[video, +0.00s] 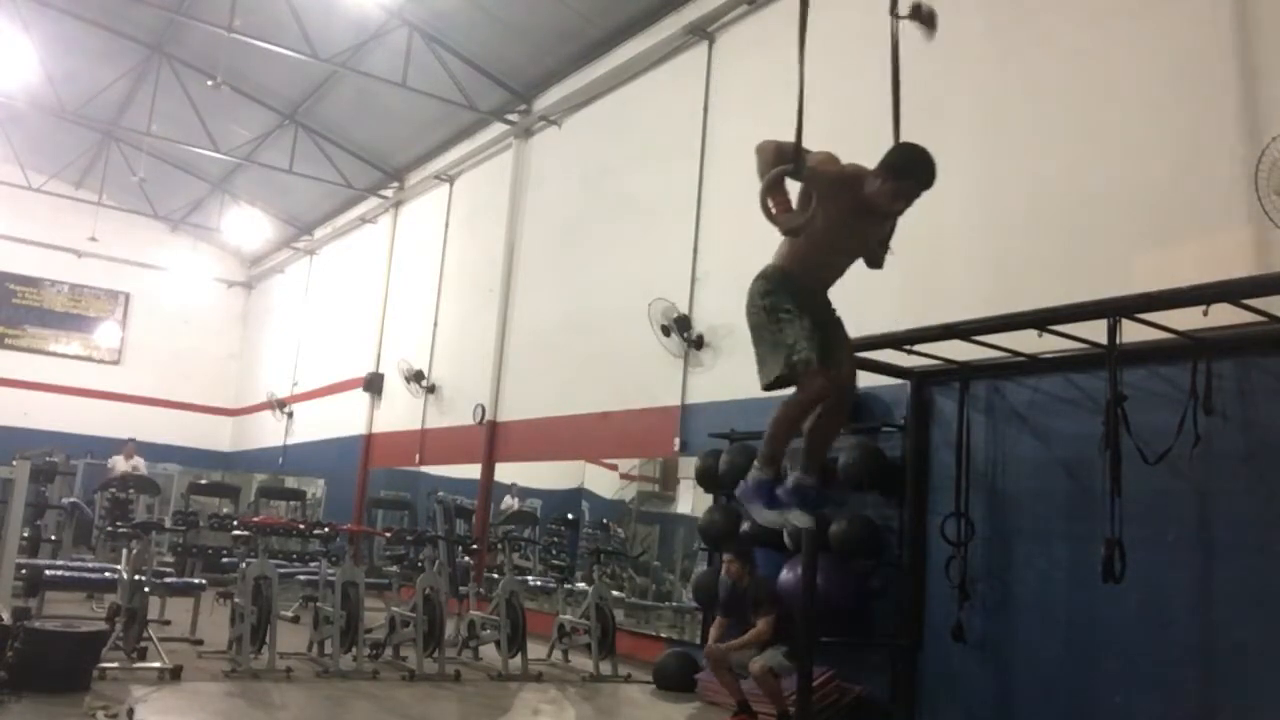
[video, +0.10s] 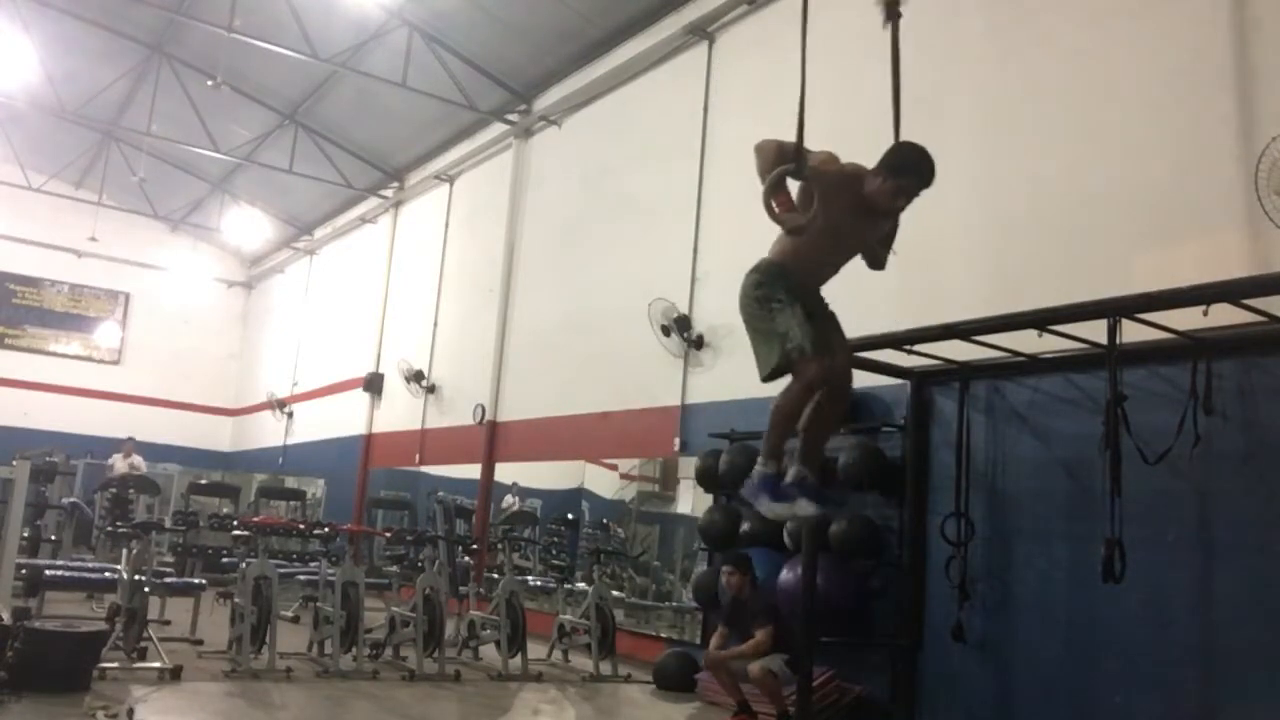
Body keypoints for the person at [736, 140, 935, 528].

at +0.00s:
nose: (901, 207)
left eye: (909, 201)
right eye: (898, 196)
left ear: (914, 196)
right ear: (880, 177)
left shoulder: (887, 217)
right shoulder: (835, 176)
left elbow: (872, 258)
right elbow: (769, 149)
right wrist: (776, 193)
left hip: (815, 300)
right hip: (778, 290)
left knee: (843, 390)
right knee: (816, 385)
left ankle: (801, 486)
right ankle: (757, 482)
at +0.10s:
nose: (903, 205)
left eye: (910, 199)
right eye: (902, 194)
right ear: (882, 177)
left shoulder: (886, 217)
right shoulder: (835, 174)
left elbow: (876, 262)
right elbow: (768, 148)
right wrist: (779, 199)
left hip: (808, 295)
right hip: (770, 285)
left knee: (839, 384)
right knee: (810, 372)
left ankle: (799, 482)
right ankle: (762, 478)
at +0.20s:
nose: (896, 202)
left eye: (903, 195)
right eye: (893, 191)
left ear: (906, 192)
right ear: (872, 176)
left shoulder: (881, 219)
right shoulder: (829, 176)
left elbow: (876, 265)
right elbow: (758, 156)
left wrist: (880, 250)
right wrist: (772, 208)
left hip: (799, 291)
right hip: (762, 282)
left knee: (840, 360)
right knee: (810, 355)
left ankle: (825, 468)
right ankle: (792, 470)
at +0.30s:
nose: (876, 198)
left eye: (883, 193)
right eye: (874, 187)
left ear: (886, 191)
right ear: (857, 171)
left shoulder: (864, 218)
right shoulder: (807, 181)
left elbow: (894, 263)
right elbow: (739, 172)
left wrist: (890, 244)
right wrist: (762, 213)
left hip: (790, 299)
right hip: (754, 291)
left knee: (849, 340)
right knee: (815, 335)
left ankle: (857, 438)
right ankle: (825, 449)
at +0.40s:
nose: (850, 209)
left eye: (858, 203)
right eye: (848, 197)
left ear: (863, 204)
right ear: (830, 182)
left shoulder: (842, 236)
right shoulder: (782, 208)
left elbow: (848, 273)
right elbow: (719, 227)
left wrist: (886, 261)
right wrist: (741, 222)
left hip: (789, 323)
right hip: (747, 318)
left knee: (856, 330)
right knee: (820, 330)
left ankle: (881, 419)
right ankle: (851, 434)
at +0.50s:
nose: (816, 243)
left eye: (825, 239)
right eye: (812, 232)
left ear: (829, 242)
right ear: (796, 224)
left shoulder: (817, 281)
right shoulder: (756, 257)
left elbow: (841, 325)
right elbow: (697, 287)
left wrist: (865, 277)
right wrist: (731, 245)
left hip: (794, 372)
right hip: (749, 366)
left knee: (860, 343)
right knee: (819, 342)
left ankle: (898, 412)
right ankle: (868, 431)